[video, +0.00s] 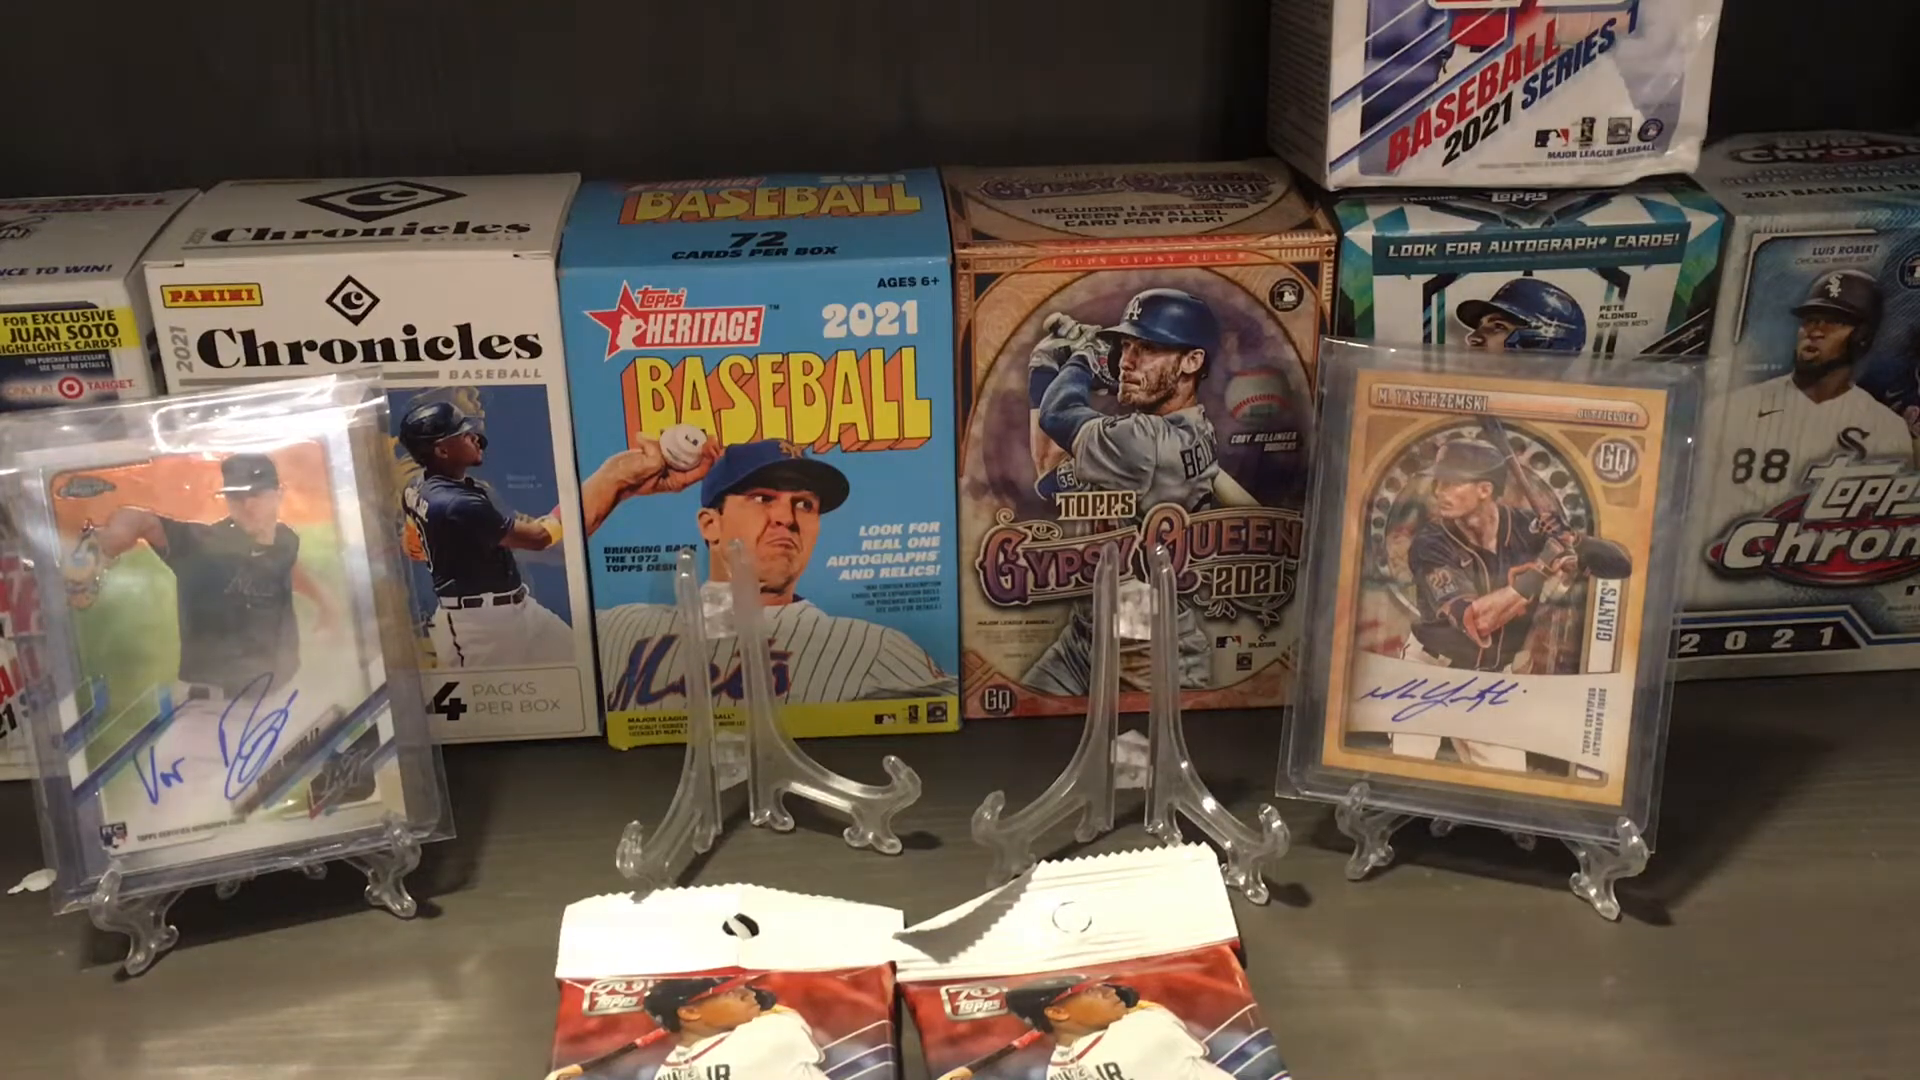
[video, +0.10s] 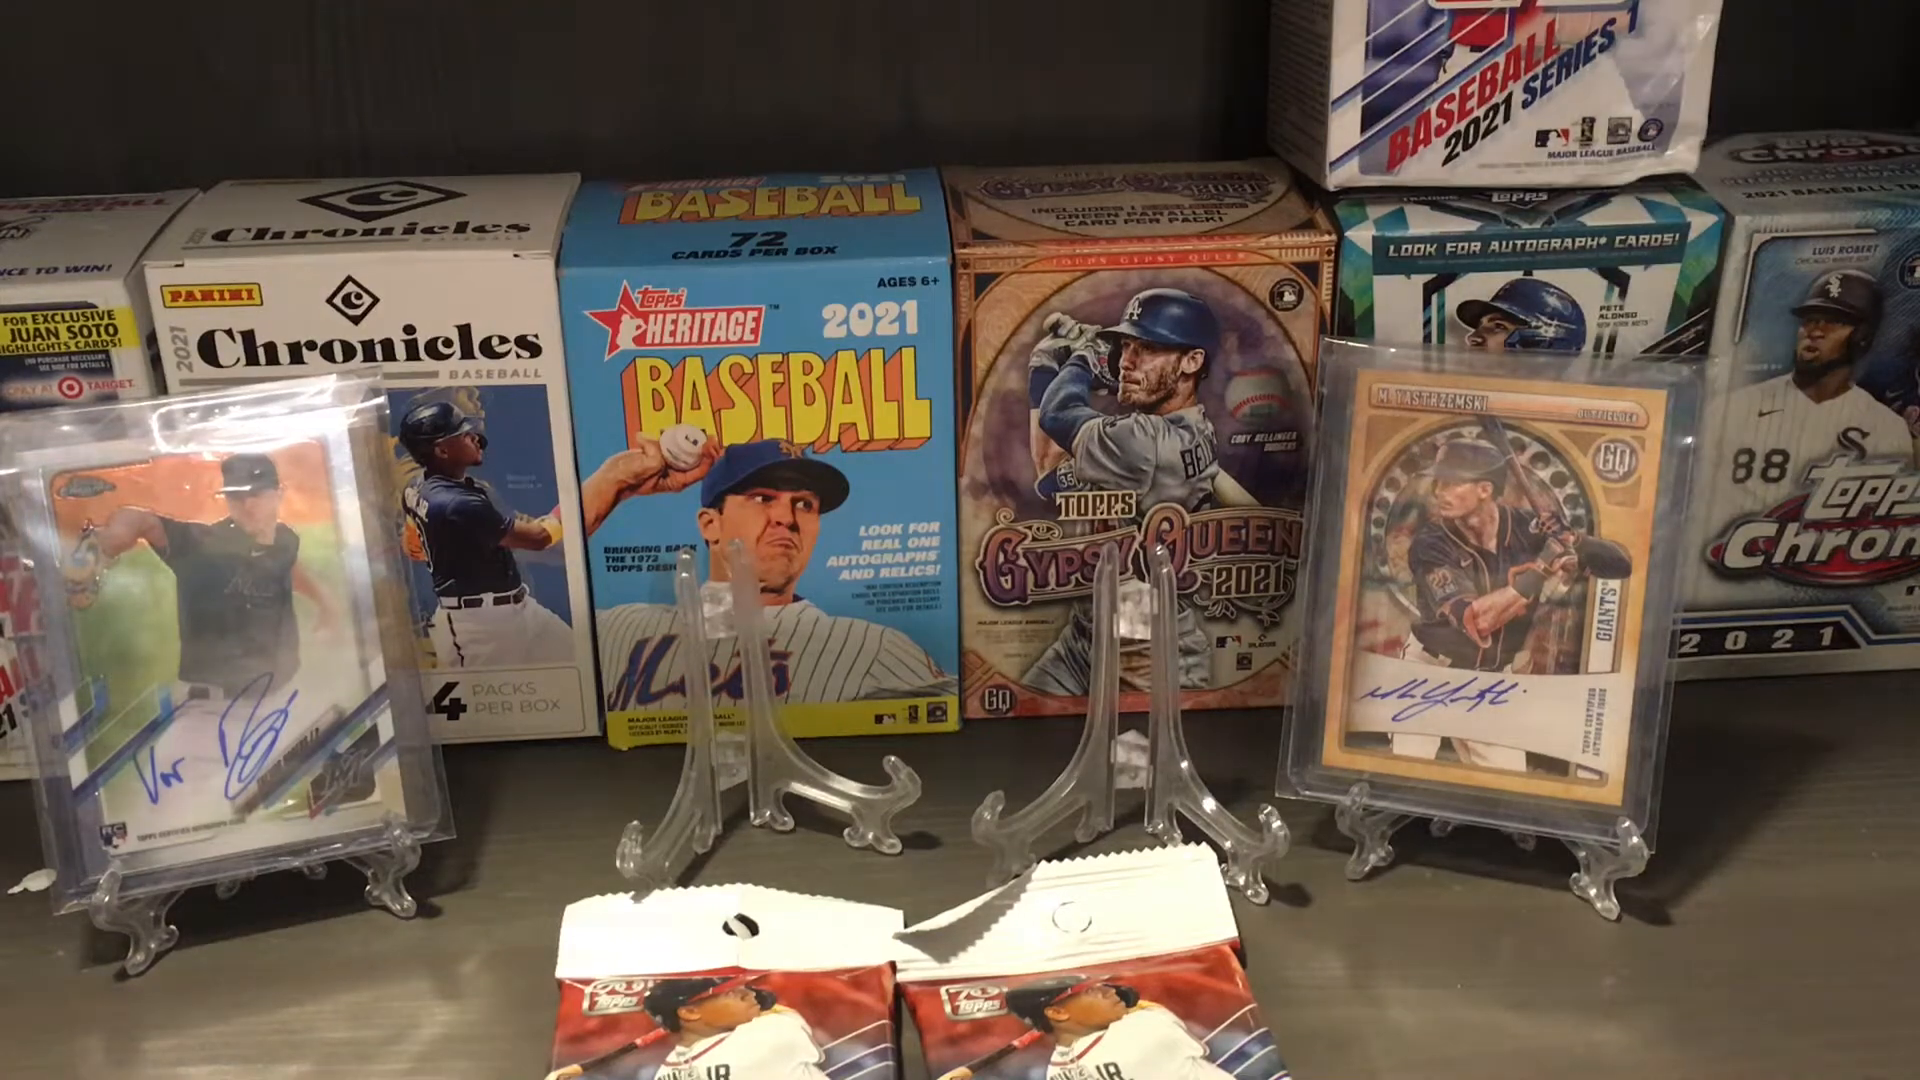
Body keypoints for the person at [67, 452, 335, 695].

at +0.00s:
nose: (247, 504)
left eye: (256, 493)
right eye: (237, 495)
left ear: (278, 495)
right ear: (227, 500)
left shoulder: (286, 542)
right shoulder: (198, 542)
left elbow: (288, 570)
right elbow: (133, 518)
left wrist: (324, 601)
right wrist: (102, 552)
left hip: (278, 700)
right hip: (214, 705)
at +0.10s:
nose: (247, 504)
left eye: (256, 494)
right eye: (237, 496)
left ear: (278, 495)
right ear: (227, 500)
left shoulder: (286, 542)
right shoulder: (197, 542)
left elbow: (289, 570)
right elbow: (133, 518)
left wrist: (324, 602)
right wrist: (103, 550)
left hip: (278, 700)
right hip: (214, 705)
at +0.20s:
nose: (246, 503)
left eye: (256, 493)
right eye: (236, 495)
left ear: (278, 495)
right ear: (226, 499)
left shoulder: (286, 542)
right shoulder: (198, 542)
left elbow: (288, 570)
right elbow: (135, 518)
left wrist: (324, 601)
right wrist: (108, 544)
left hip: (278, 700)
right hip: (214, 706)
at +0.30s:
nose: (247, 504)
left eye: (256, 493)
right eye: (236, 495)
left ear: (278, 495)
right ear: (226, 499)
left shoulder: (286, 542)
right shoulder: (198, 542)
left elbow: (289, 570)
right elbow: (137, 517)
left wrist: (325, 602)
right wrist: (113, 540)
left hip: (278, 699)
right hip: (214, 705)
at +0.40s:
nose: (247, 504)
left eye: (256, 494)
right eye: (236, 496)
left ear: (278, 495)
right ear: (227, 500)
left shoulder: (286, 542)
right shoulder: (199, 543)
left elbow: (288, 570)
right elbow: (135, 518)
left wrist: (325, 601)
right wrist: (110, 542)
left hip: (276, 703)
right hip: (213, 707)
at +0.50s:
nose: (247, 503)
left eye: (256, 493)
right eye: (237, 495)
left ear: (278, 495)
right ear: (227, 499)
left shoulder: (286, 542)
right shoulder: (198, 542)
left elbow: (288, 570)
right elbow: (134, 519)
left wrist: (324, 601)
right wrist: (104, 546)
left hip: (278, 702)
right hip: (214, 706)